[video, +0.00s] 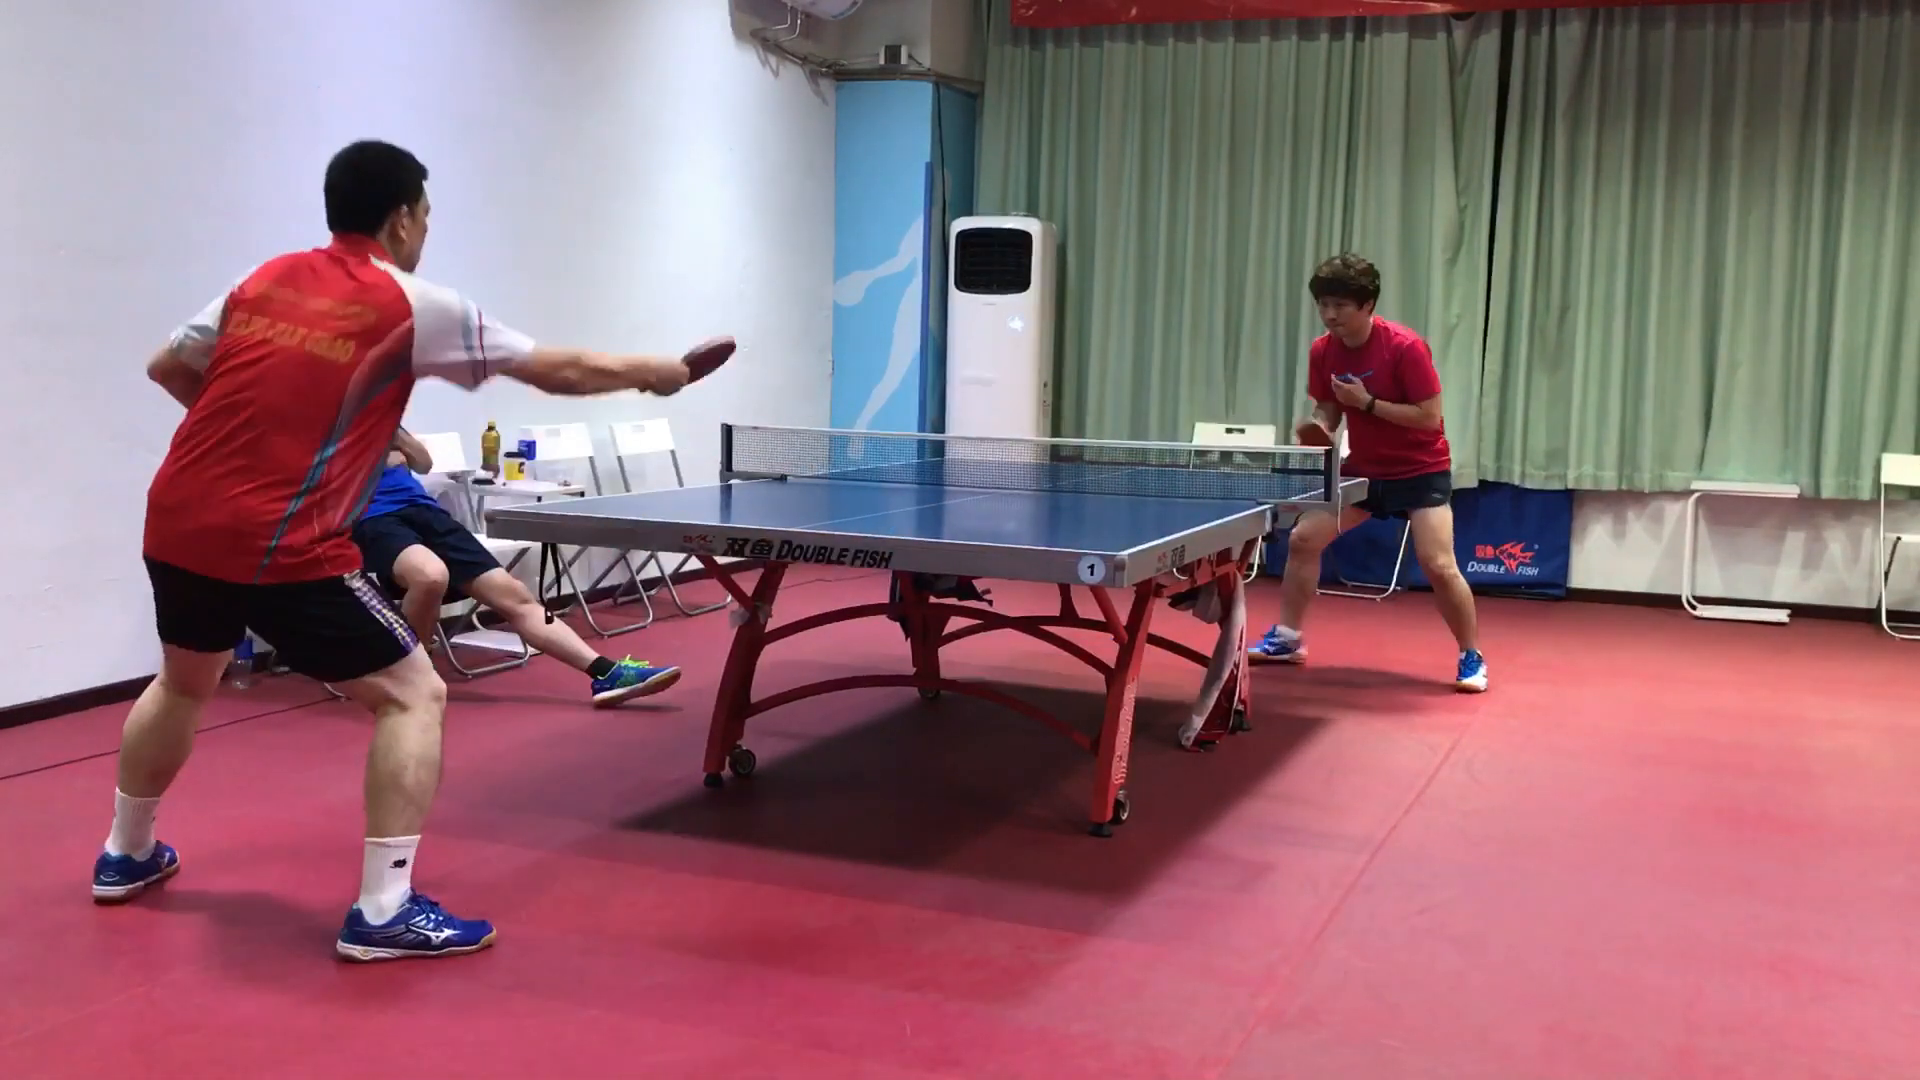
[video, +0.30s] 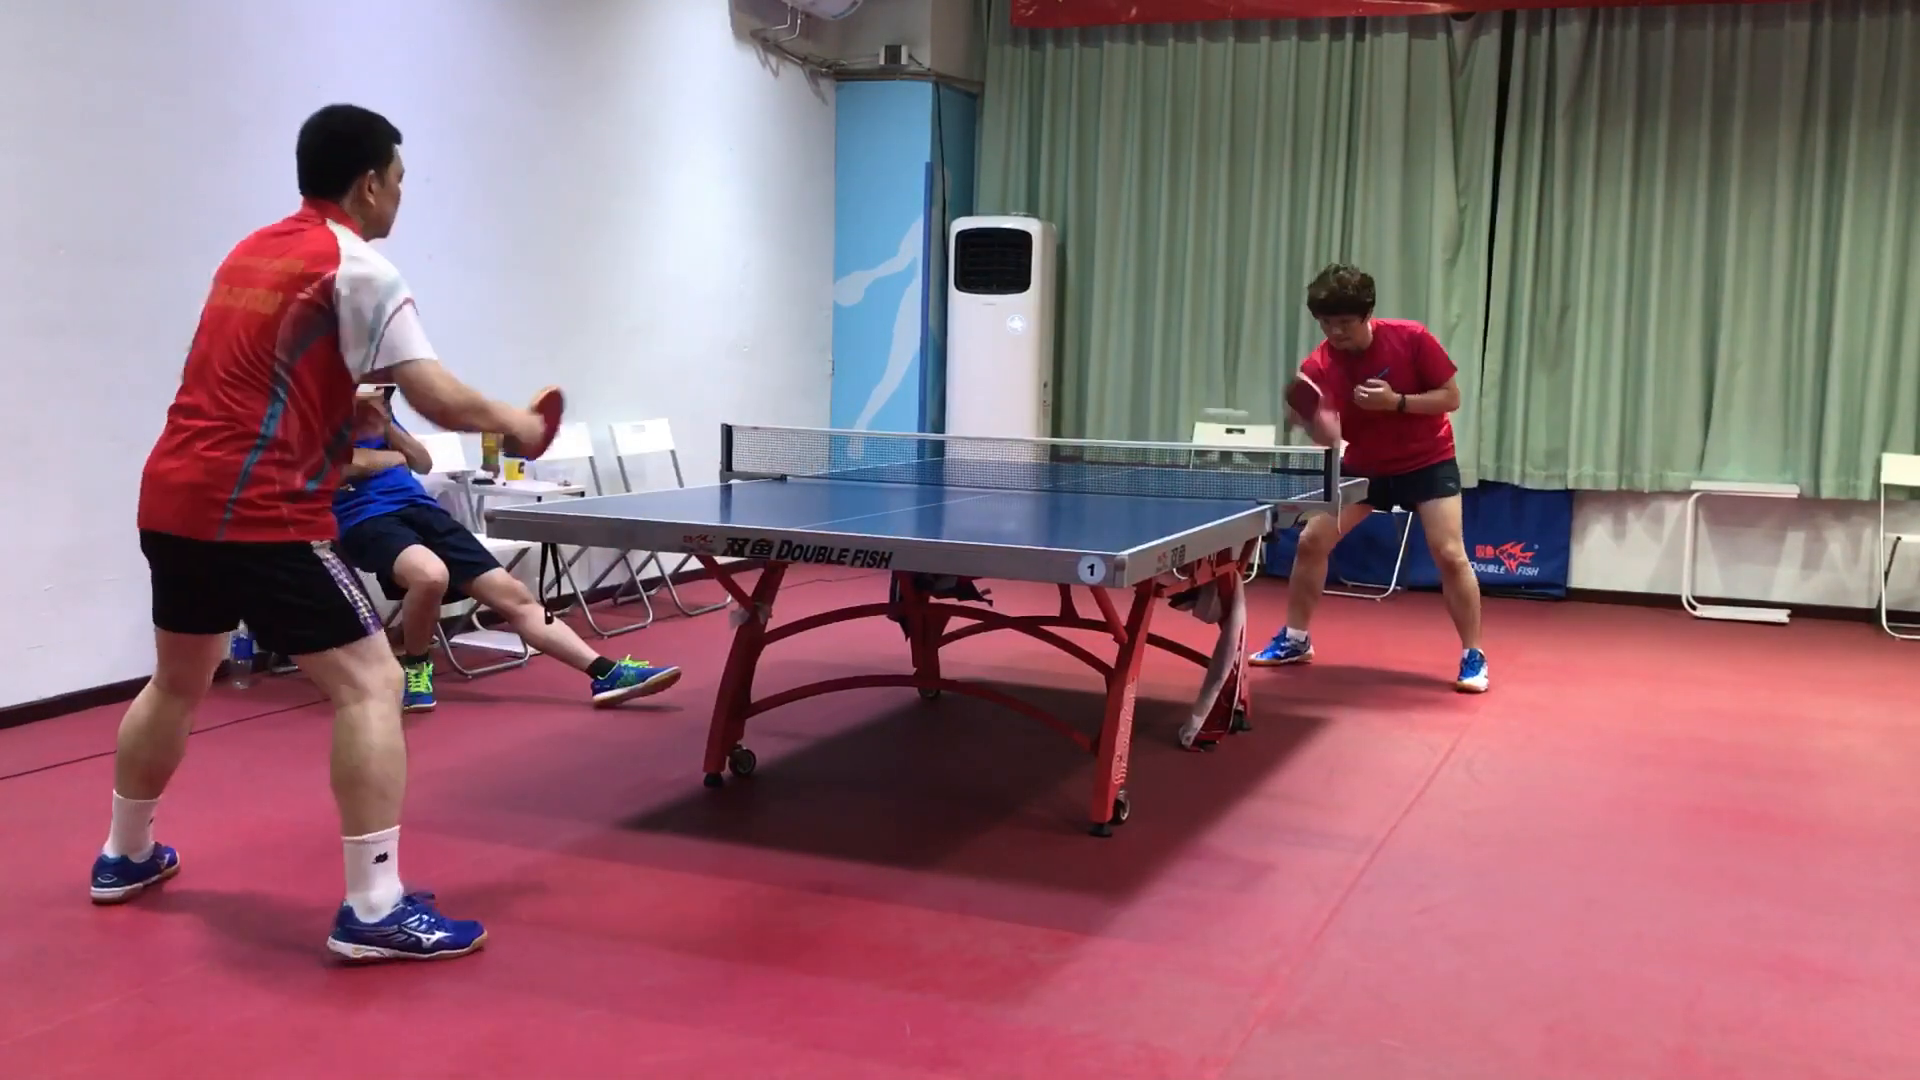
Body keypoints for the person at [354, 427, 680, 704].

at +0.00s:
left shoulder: (368, 415)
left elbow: (423, 463)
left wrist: (389, 429)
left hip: (420, 506)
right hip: (368, 517)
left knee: (514, 595)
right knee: (430, 576)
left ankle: (603, 671)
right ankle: (404, 672)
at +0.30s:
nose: (376, 403)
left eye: (377, 398)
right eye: (367, 399)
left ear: (377, 397)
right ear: (342, 398)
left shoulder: (380, 420)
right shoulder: (324, 427)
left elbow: (422, 463)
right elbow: (340, 467)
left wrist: (388, 427)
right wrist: (401, 455)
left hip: (419, 507)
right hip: (367, 519)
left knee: (514, 596)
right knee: (429, 575)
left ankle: (604, 671)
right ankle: (415, 666)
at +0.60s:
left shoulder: (383, 408)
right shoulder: (313, 421)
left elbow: (422, 460)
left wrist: (388, 436)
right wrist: (393, 447)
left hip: (417, 504)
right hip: (361, 513)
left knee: (512, 593)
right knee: (429, 576)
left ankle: (603, 671)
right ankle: (413, 668)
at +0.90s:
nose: (381, 400)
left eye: (384, 394)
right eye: (373, 395)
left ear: (386, 393)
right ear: (349, 394)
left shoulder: (381, 419)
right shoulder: (330, 422)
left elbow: (423, 463)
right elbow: (351, 462)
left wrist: (387, 424)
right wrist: (401, 454)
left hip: (419, 507)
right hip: (370, 517)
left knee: (514, 597)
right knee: (430, 575)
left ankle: (604, 671)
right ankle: (415, 665)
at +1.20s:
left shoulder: (384, 399)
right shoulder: (315, 416)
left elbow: (415, 451)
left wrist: (379, 458)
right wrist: (403, 451)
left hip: (420, 507)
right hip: (364, 518)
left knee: (514, 594)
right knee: (430, 576)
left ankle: (604, 672)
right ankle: (406, 676)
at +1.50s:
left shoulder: (371, 407)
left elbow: (422, 460)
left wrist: (386, 428)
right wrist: (624, 370)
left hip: (415, 504)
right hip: (366, 514)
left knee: (512, 593)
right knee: (430, 575)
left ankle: (604, 670)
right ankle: (410, 674)